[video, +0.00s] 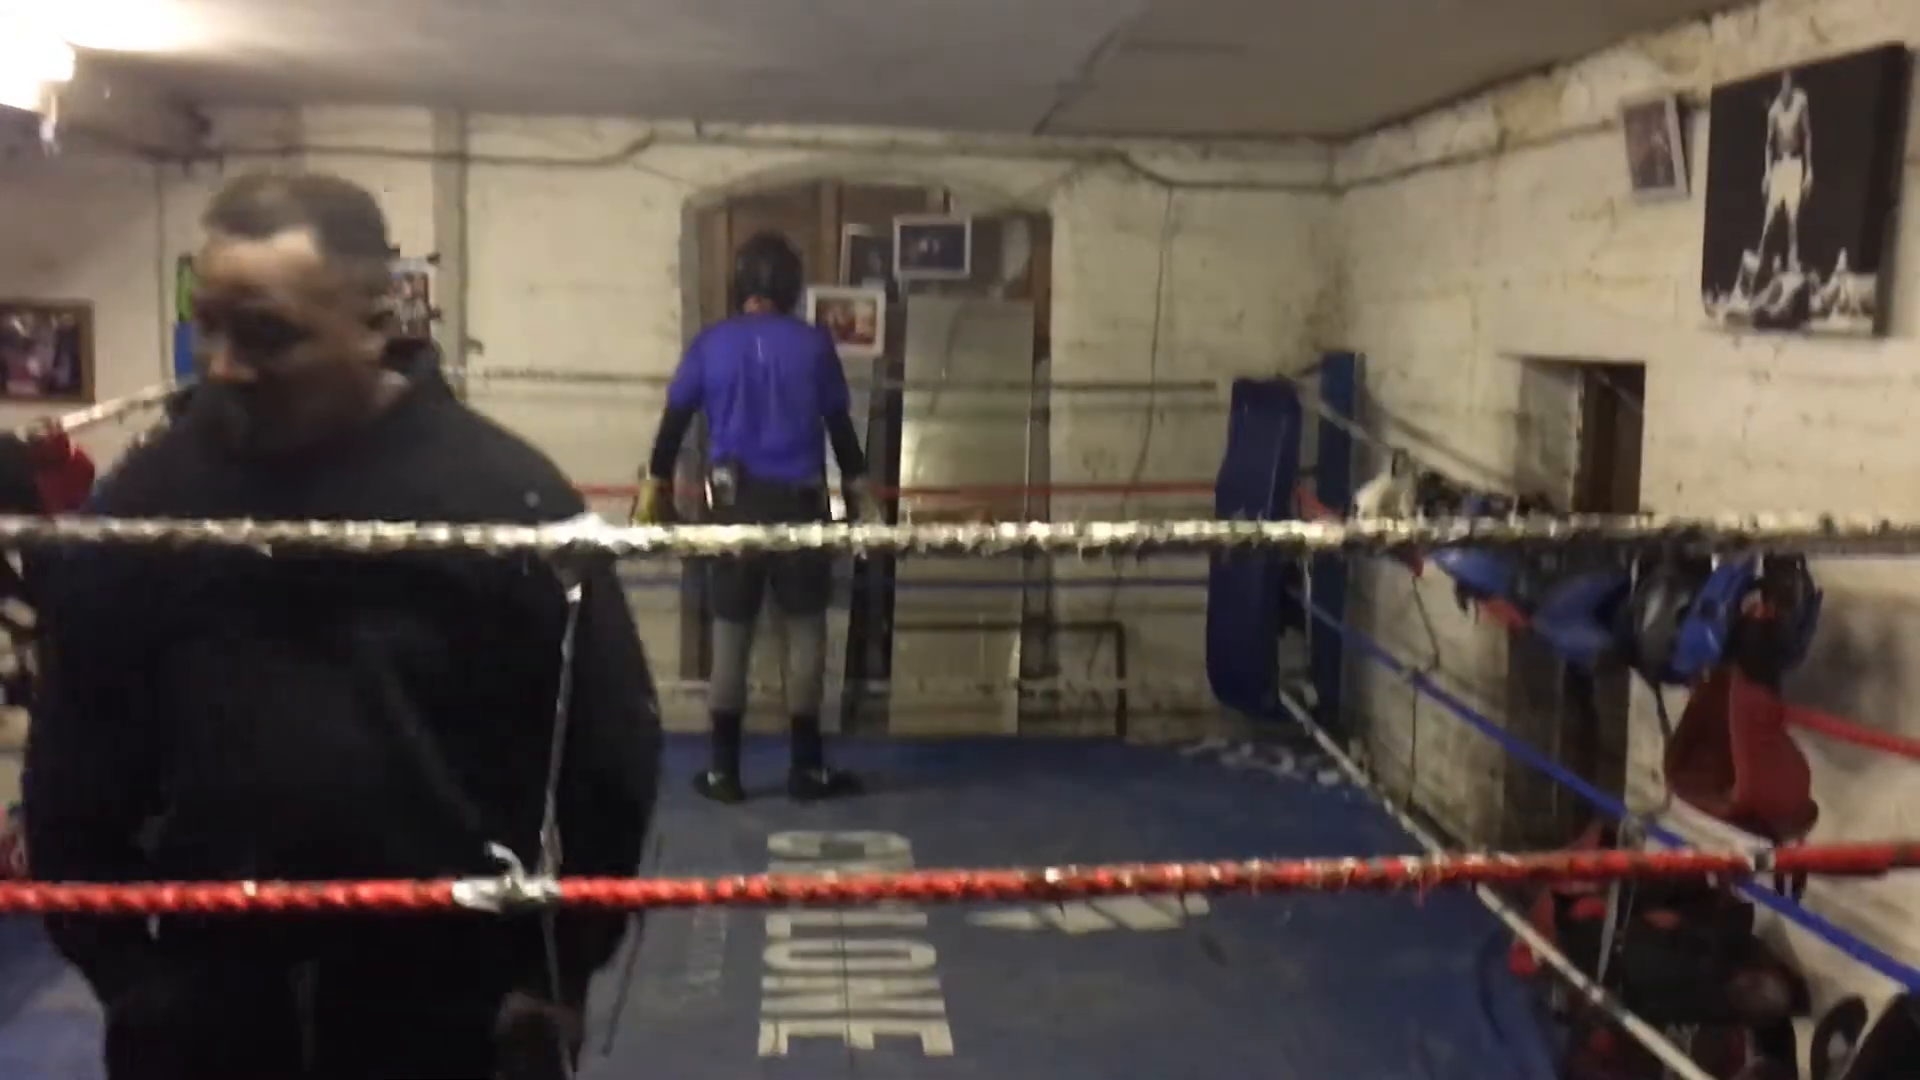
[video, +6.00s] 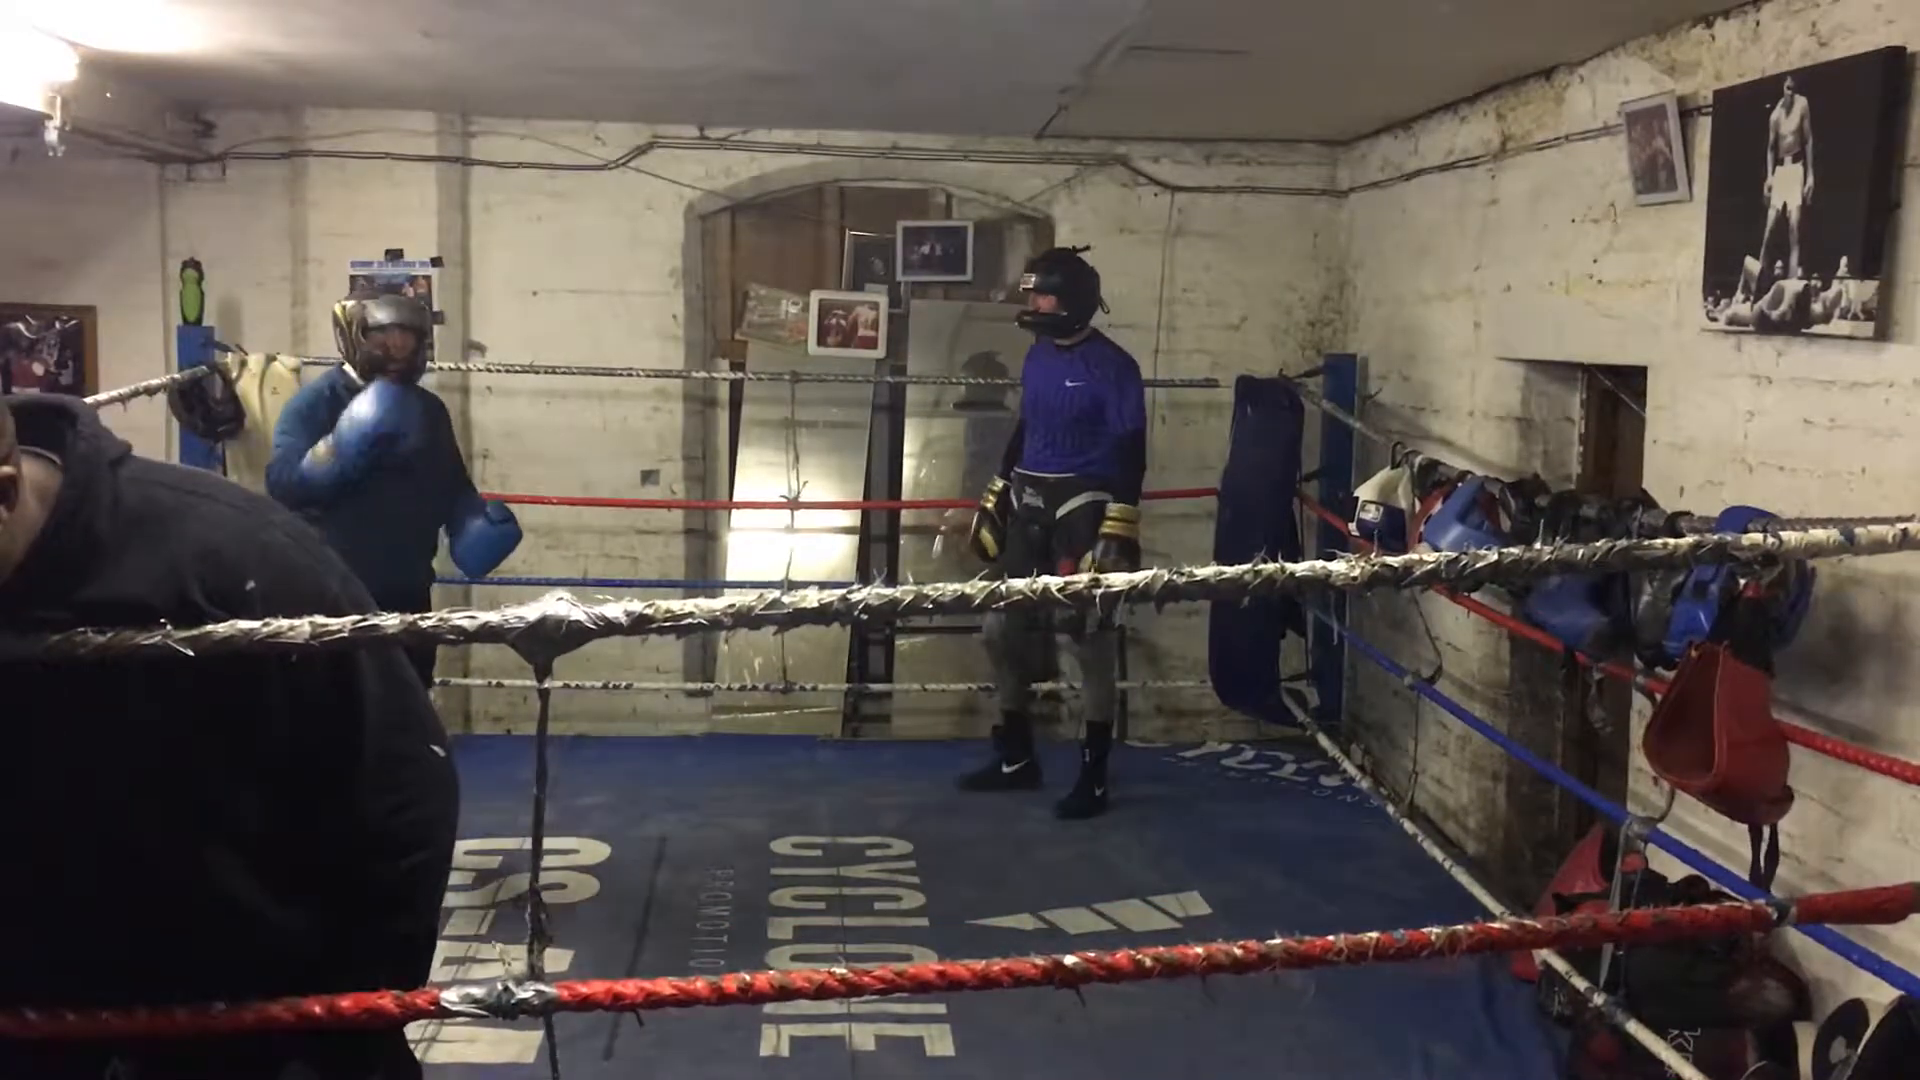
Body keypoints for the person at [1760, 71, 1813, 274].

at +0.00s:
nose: (1786, 88)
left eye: (1789, 83)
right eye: (1784, 84)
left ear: (1793, 86)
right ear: (1781, 86)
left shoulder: (1800, 102)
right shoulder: (1774, 109)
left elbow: (1807, 135)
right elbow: (1768, 142)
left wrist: (1809, 170)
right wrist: (1767, 172)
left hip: (1795, 162)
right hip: (1778, 163)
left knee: (1793, 214)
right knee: (1770, 214)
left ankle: (1793, 259)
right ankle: (1760, 260)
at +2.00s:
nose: (1799, 94)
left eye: (1802, 91)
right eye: (1797, 90)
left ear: (1807, 92)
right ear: (1793, 91)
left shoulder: (1812, 107)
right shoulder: (1786, 116)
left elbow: (1819, 140)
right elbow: (1781, 148)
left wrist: (1820, 177)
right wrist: (1779, 178)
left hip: (1807, 165)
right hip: (1789, 166)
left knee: (1804, 221)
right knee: (1782, 222)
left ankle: (1804, 269)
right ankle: (1772, 270)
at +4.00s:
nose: (1789, 93)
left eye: (1792, 89)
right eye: (1787, 89)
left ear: (1796, 90)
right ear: (1783, 89)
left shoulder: (1802, 104)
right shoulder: (1775, 114)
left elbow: (1808, 139)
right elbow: (1770, 146)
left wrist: (1810, 175)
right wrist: (1769, 175)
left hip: (1797, 164)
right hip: (1779, 165)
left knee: (1794, 220)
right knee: (1771, 220)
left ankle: (1794, 268)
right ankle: (1762, 266)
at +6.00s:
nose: (1788, 92)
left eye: (1792, 89)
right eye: (1787, 88)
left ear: (1796, 90)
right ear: (1783, 88)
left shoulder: (1801, 104)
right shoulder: (1775, 114)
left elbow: (1809, 138)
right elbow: (1771, 146)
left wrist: (1810, 175)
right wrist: (1769, 175)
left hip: (1797, 163)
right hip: (1779, 165)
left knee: (1794, 221)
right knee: (1770, 222)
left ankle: (1793, 271)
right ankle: (1761, 269)